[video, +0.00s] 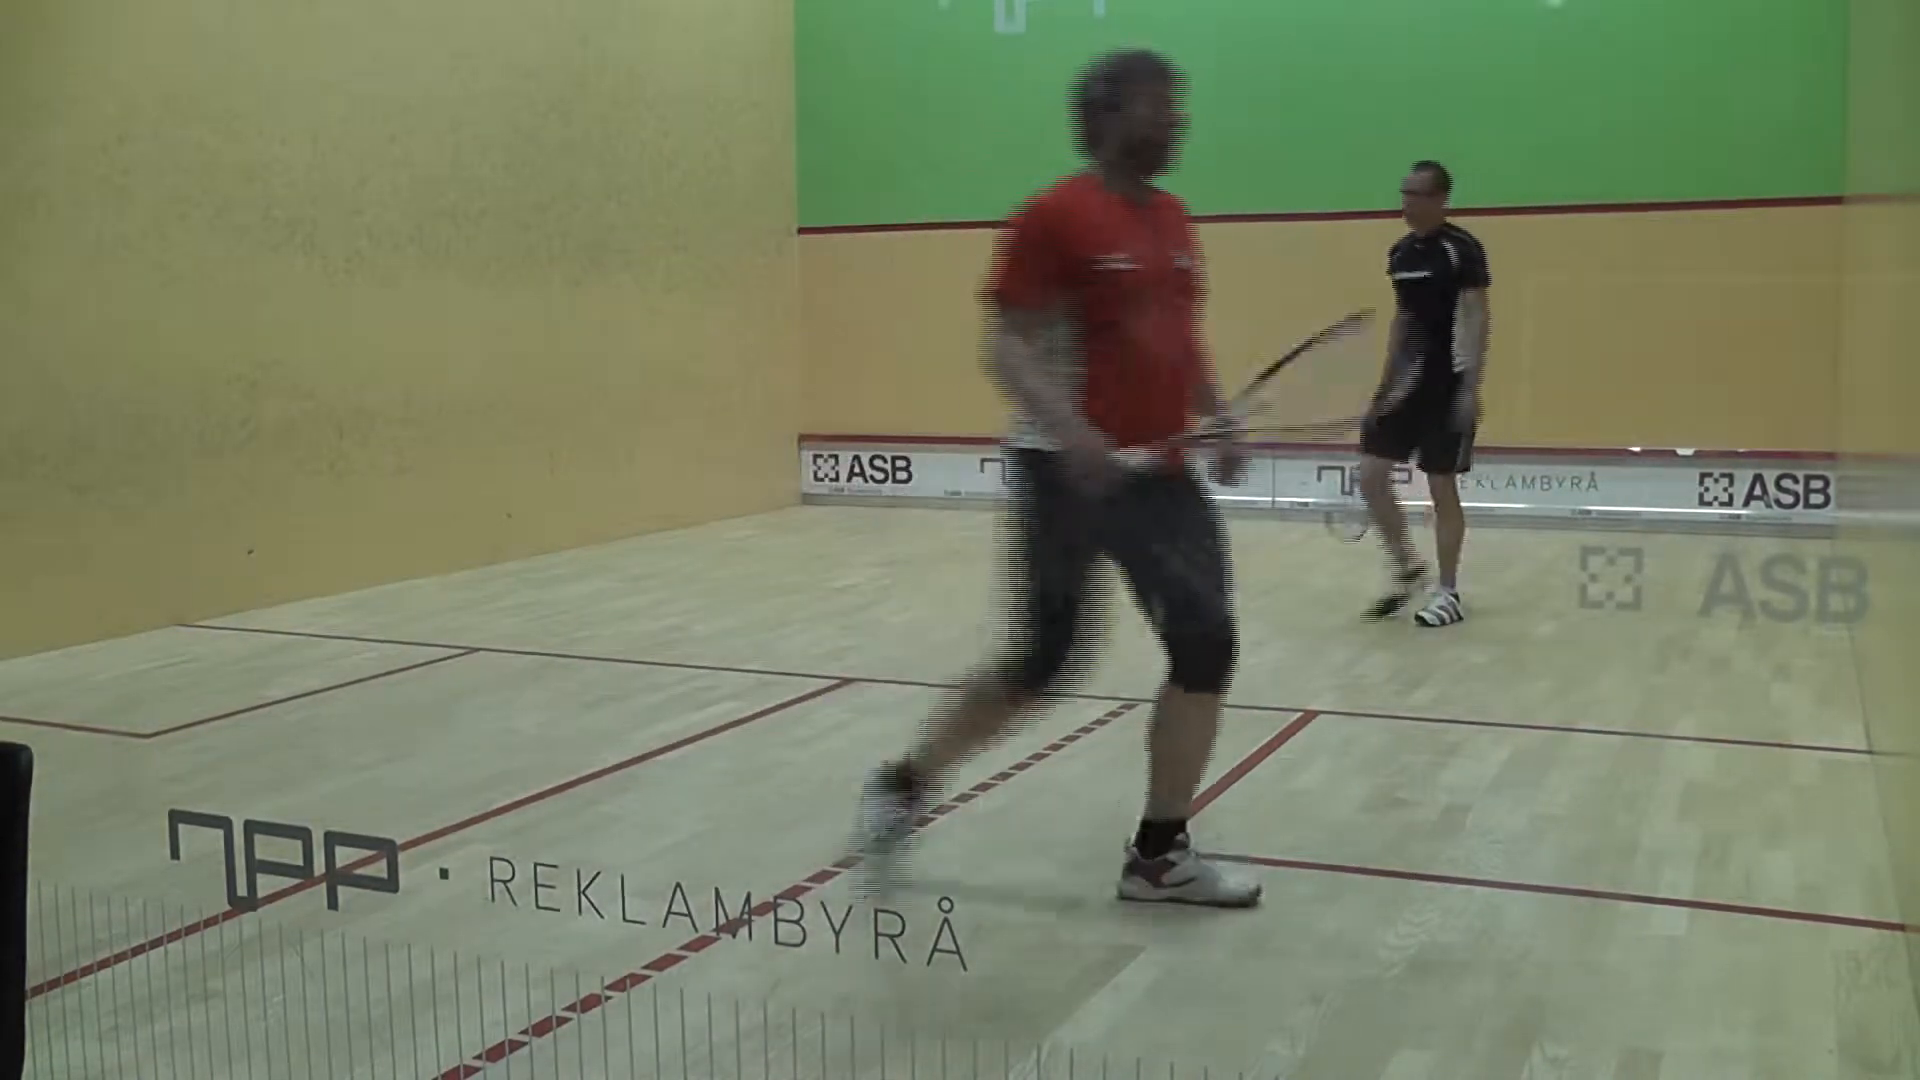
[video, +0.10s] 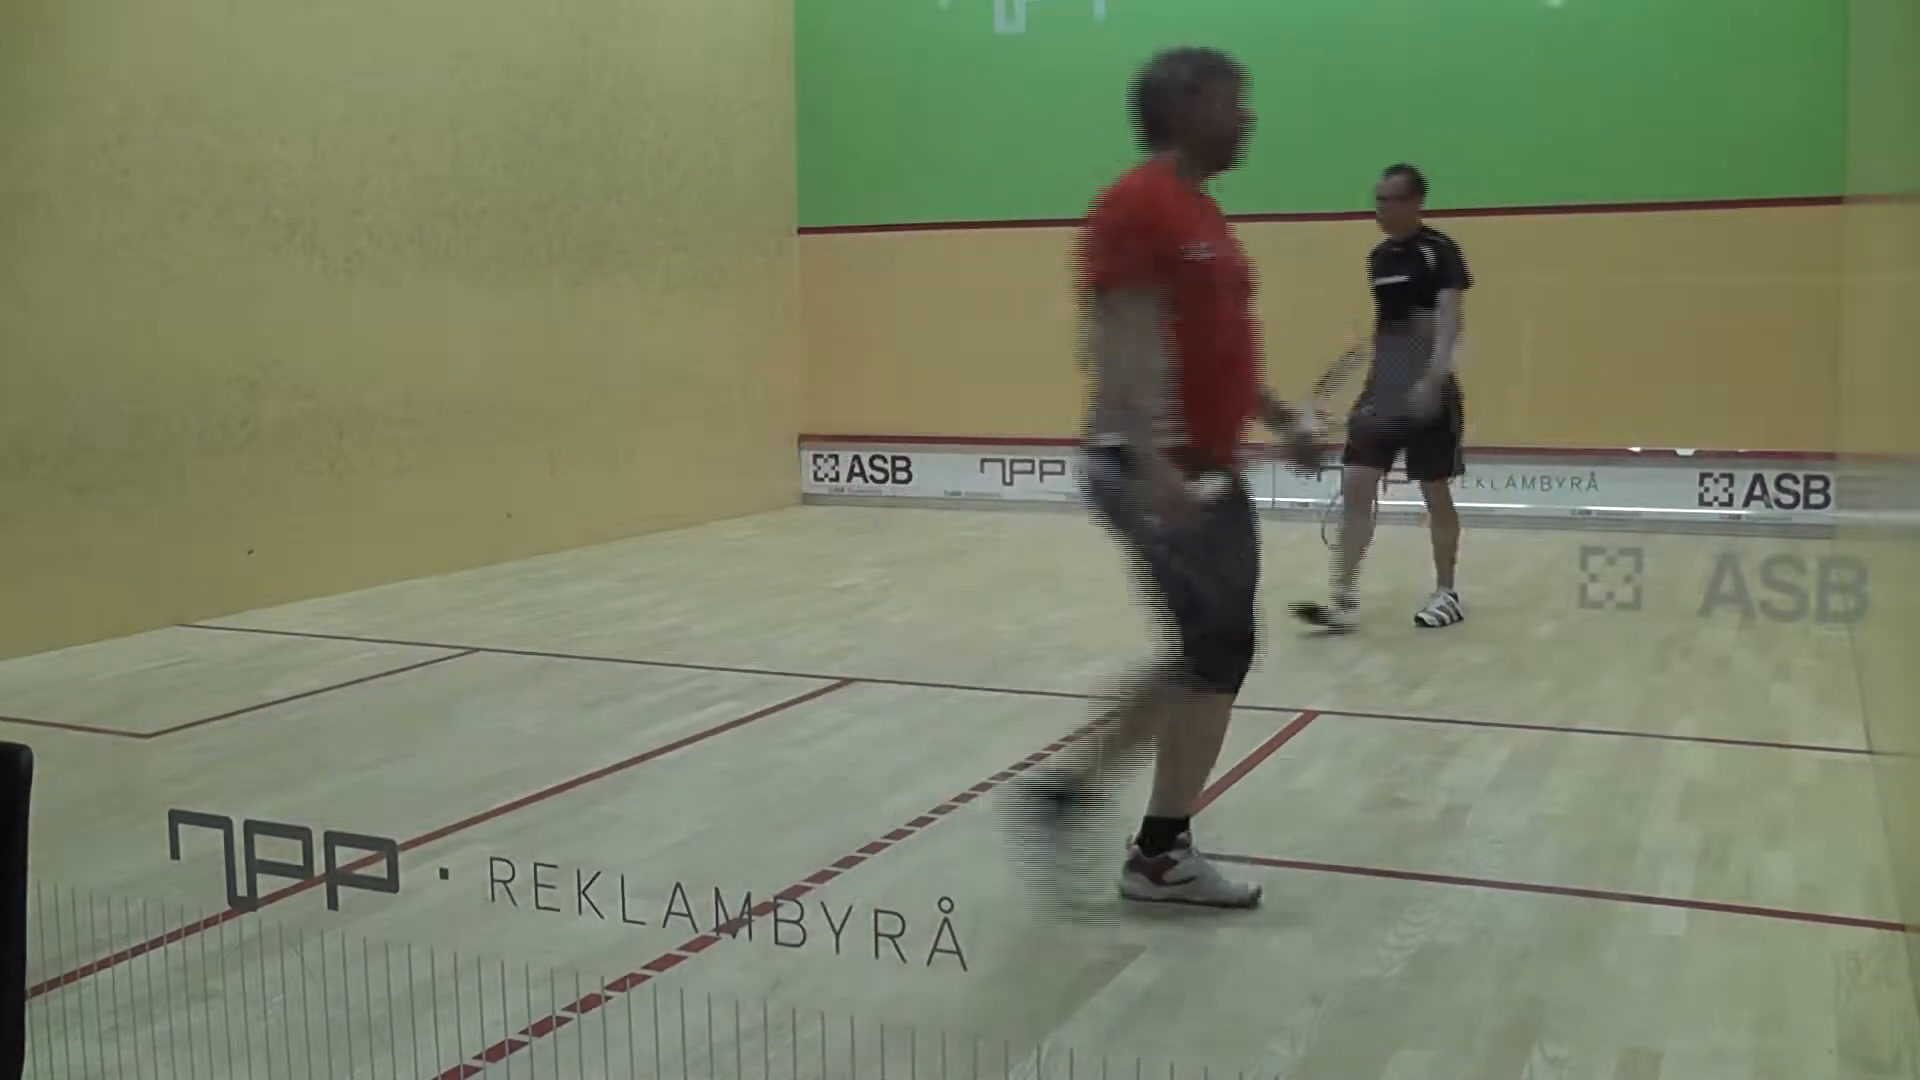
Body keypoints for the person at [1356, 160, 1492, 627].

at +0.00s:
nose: (1404, 202)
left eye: (1414, 195)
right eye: (1403, 193)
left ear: (1441, 199)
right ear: (1405, 196)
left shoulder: (1463, 249)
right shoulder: (1402, 253)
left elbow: (1475, 322)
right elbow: (1400, 324)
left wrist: (1470, 392)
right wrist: (1385, 385)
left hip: (1449, 384)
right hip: (1408, 382)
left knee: (1442, 486)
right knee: (1371, 476)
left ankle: (1448, 591)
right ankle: (1407, 567)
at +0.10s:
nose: (1382, 209)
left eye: (1391, 200)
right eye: (1379, 200)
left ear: (1417, 202)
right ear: (1378, 203)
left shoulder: (1441, 253)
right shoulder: (1380, 257)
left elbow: (1449, 326)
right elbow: (1386, 332)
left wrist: (1432, 380)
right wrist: (1372, 387)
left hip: (1429, 381)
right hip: (1385, 381)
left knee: (1435, 490)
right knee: (1357, 485)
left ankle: (1446, 594)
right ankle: (1343, 598)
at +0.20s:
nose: (1363, 216)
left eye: (1373, 206)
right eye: (1360, 207)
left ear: (1399, 208)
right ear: (1358, 209)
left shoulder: (1421, 253)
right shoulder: (1363, 263)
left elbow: (1431, 324)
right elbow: (1370, 330)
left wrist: (1403, 378)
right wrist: (1357, 388)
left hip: (1415, 396)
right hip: (1367, 398)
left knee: (1426, 494)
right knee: (1347, 495)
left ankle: (1445, 593)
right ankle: (1325, 597)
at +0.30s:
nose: (1340, 215)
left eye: (1349, 205)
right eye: (1335, 205)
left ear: (1371, 206)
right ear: (1329, 207)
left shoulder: (1390, 253)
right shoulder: (1322, 255)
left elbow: (1403, 326)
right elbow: (1313, 326)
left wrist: (1372, 378)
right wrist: (1319, 379)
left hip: (1379, 393)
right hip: (1331, 394)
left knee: (1394, 498)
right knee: (1325, 503)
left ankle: (1437, 586)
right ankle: (1319, 605)